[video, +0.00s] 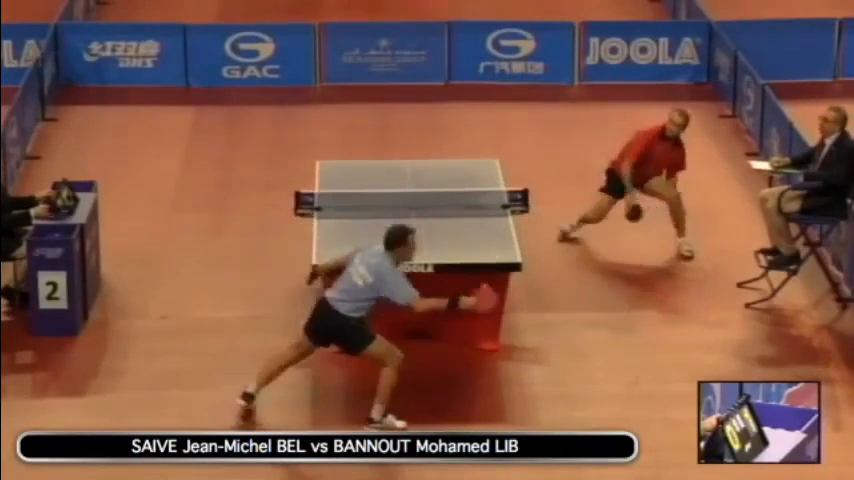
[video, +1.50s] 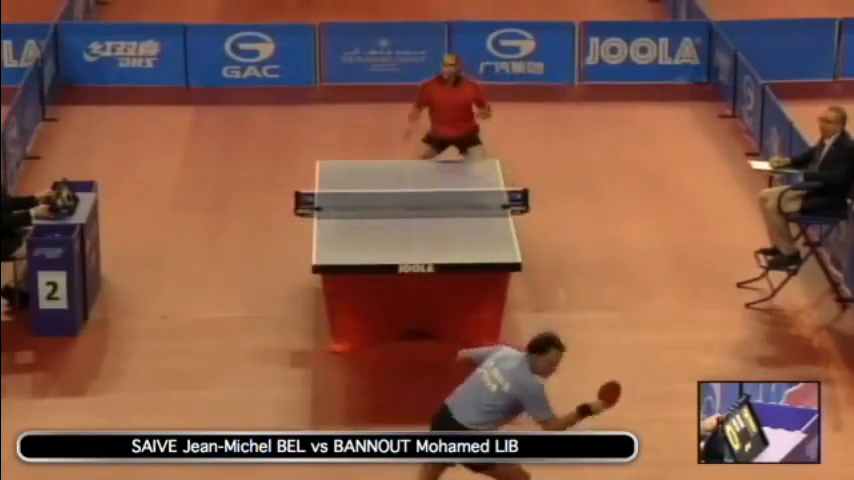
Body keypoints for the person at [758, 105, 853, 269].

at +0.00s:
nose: (821, 123)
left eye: (826, 121)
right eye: (821, 119)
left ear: (838, 126)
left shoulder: (846, 147)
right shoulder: (826, 141)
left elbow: (837, 177)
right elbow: (807, 158)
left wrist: (806, 175)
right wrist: (786, 163)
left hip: (830, 199)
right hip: (815, 191)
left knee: (773, 205)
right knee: (766, 197)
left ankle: (789, 254)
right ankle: (780, 247)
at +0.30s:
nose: (821, 123)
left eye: (826, 120)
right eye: (821, 119)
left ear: (838, 126)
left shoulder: (846, 147)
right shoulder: (826, 141)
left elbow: (837, 178)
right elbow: (807, 158)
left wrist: (805, 175)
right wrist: (786, 162)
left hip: (830, 199)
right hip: (815, 191)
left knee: (773, 204)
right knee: (765, 197)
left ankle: (789, 254)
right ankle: (780, 247)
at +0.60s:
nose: (820, 123)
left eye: (825, 120)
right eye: (821, 119)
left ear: (837, 125)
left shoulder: (846, 147)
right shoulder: (826, 141)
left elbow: (837, 178)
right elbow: (807, 158)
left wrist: (806, 175)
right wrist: (786, 162)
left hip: (829, 199)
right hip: (815, 191)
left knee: (773, 204)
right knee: (765, 197)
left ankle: (789, 253)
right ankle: (780, 247)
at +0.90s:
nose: (820, 123)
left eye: (825, 120)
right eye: (821, 119)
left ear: (837, 125)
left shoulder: (846, 147)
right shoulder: (826, 141)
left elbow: (837, 177)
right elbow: (807, 158)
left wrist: (805, 175)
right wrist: (786, 162)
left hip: (829, 199)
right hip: (815, 191)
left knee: (773, 204)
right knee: (765, 197)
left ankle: (789, 253)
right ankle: (780, 247)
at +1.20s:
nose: (821, 123)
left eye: (826, 121)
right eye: (821, 119)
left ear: (838, 126)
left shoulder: (846, 147)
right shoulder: (826, 141)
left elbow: (837, 178)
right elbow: (807, 158)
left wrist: (805, 175)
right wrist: (786, 162)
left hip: (830, 199)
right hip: (815, 191)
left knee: (773, 204)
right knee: (765, 197)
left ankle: (789, 254)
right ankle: (780, 247)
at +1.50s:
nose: (821, 124)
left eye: (827, 121)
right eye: (821, 120)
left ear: (839, 126)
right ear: (819, 120)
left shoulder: (846, 147)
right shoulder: (825, 141)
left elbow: (837, 178)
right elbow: (807, 158)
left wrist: (806, 175)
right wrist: (786, 163)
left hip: (830, 199)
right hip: (814, 191)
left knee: (773, 205)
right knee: (765, 197)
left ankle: (790, 253)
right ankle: (780, 247)